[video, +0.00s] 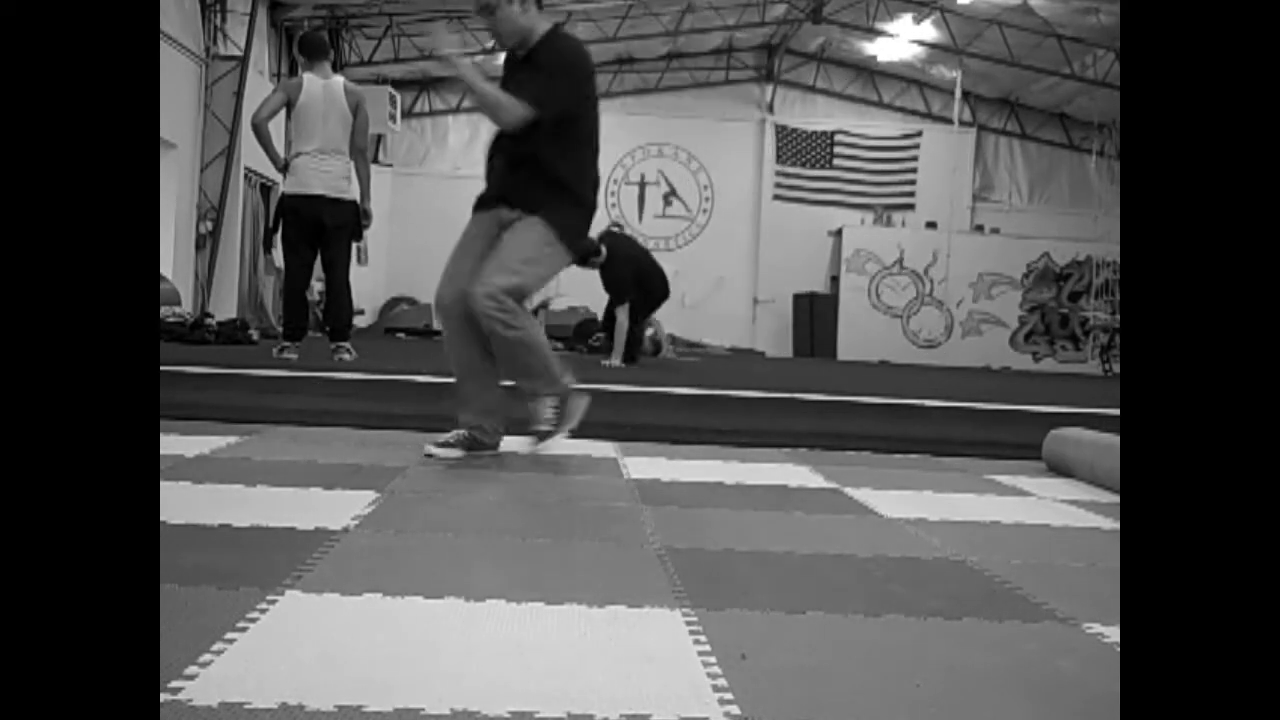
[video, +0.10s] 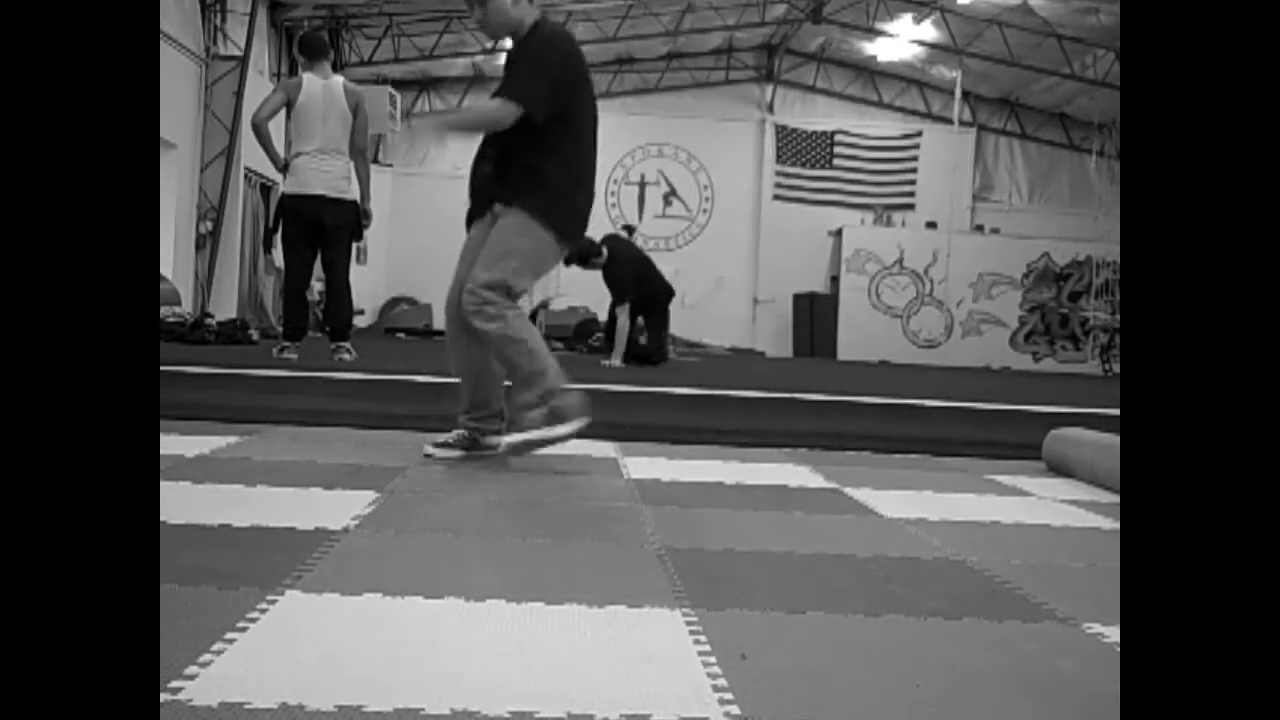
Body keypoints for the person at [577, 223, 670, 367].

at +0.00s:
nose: (591, 268)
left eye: (590, 266)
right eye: (587, 267)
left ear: (593, 260)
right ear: (596, 243)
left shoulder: (615, 270)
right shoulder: (608, 237)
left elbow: (622, 317)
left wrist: (616, 358)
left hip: (654, 291)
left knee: (632, 322)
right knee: (610, 320)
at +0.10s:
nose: (589, 270)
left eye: (587, 267)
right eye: (585, 268)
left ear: (593, 261)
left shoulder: (615, 271)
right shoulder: (610, 240)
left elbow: (623, 317)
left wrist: (616, 358)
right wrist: (628, 231)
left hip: (656, 299)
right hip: (632, 296)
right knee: (613, 342)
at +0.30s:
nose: (583, 265)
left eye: (582, 262)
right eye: (580, 263)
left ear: (589, 256)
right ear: (593, 244)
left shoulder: (611, 271)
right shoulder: (612, 238)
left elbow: (619, 316)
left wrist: (615, 359)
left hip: (665, 297)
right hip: (643, 294)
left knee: (661, 359)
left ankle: (693, 339)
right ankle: (639, 346)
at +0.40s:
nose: (580, 255)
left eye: (577, 248)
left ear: (595, 247)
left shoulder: (612, 269)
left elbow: (622, 316)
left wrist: (615, 359)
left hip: (668, 291)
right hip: (649, 289)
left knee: (666, 356)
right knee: (627, 308)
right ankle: (645, 347)